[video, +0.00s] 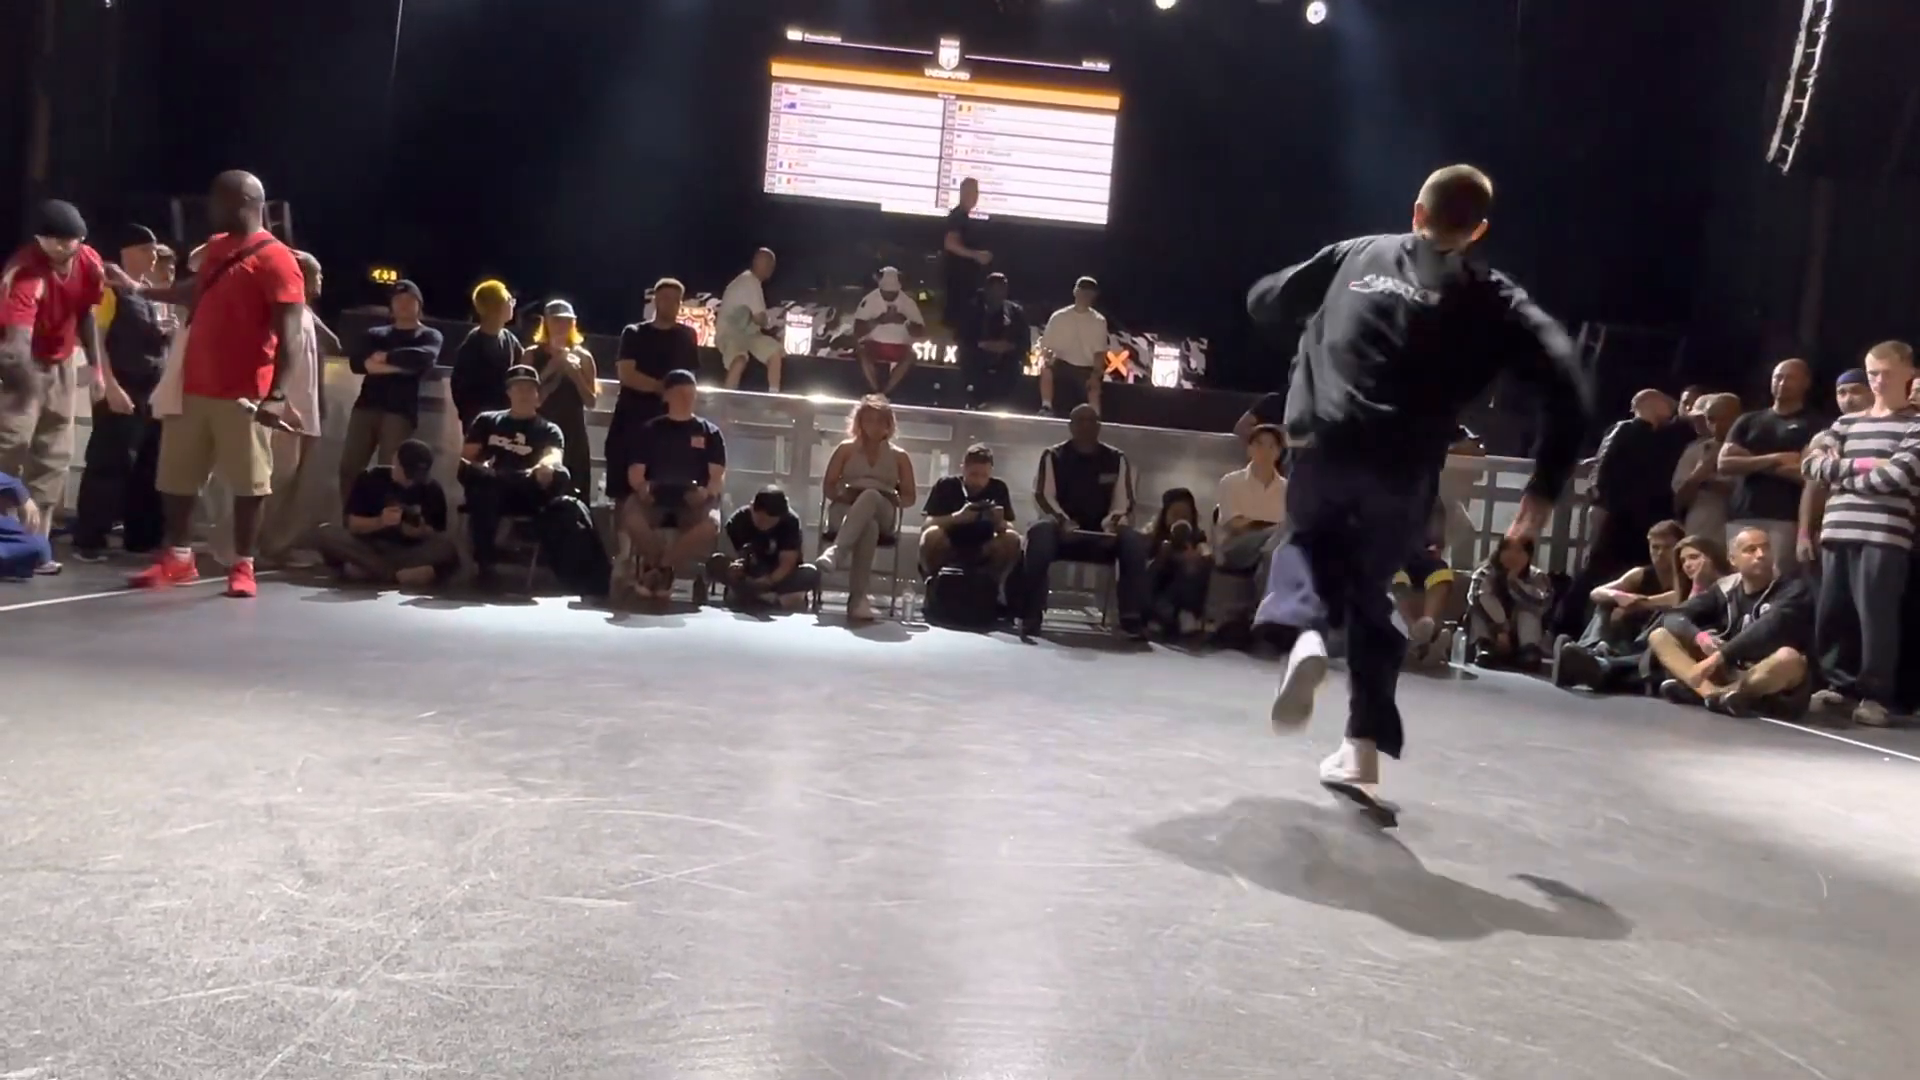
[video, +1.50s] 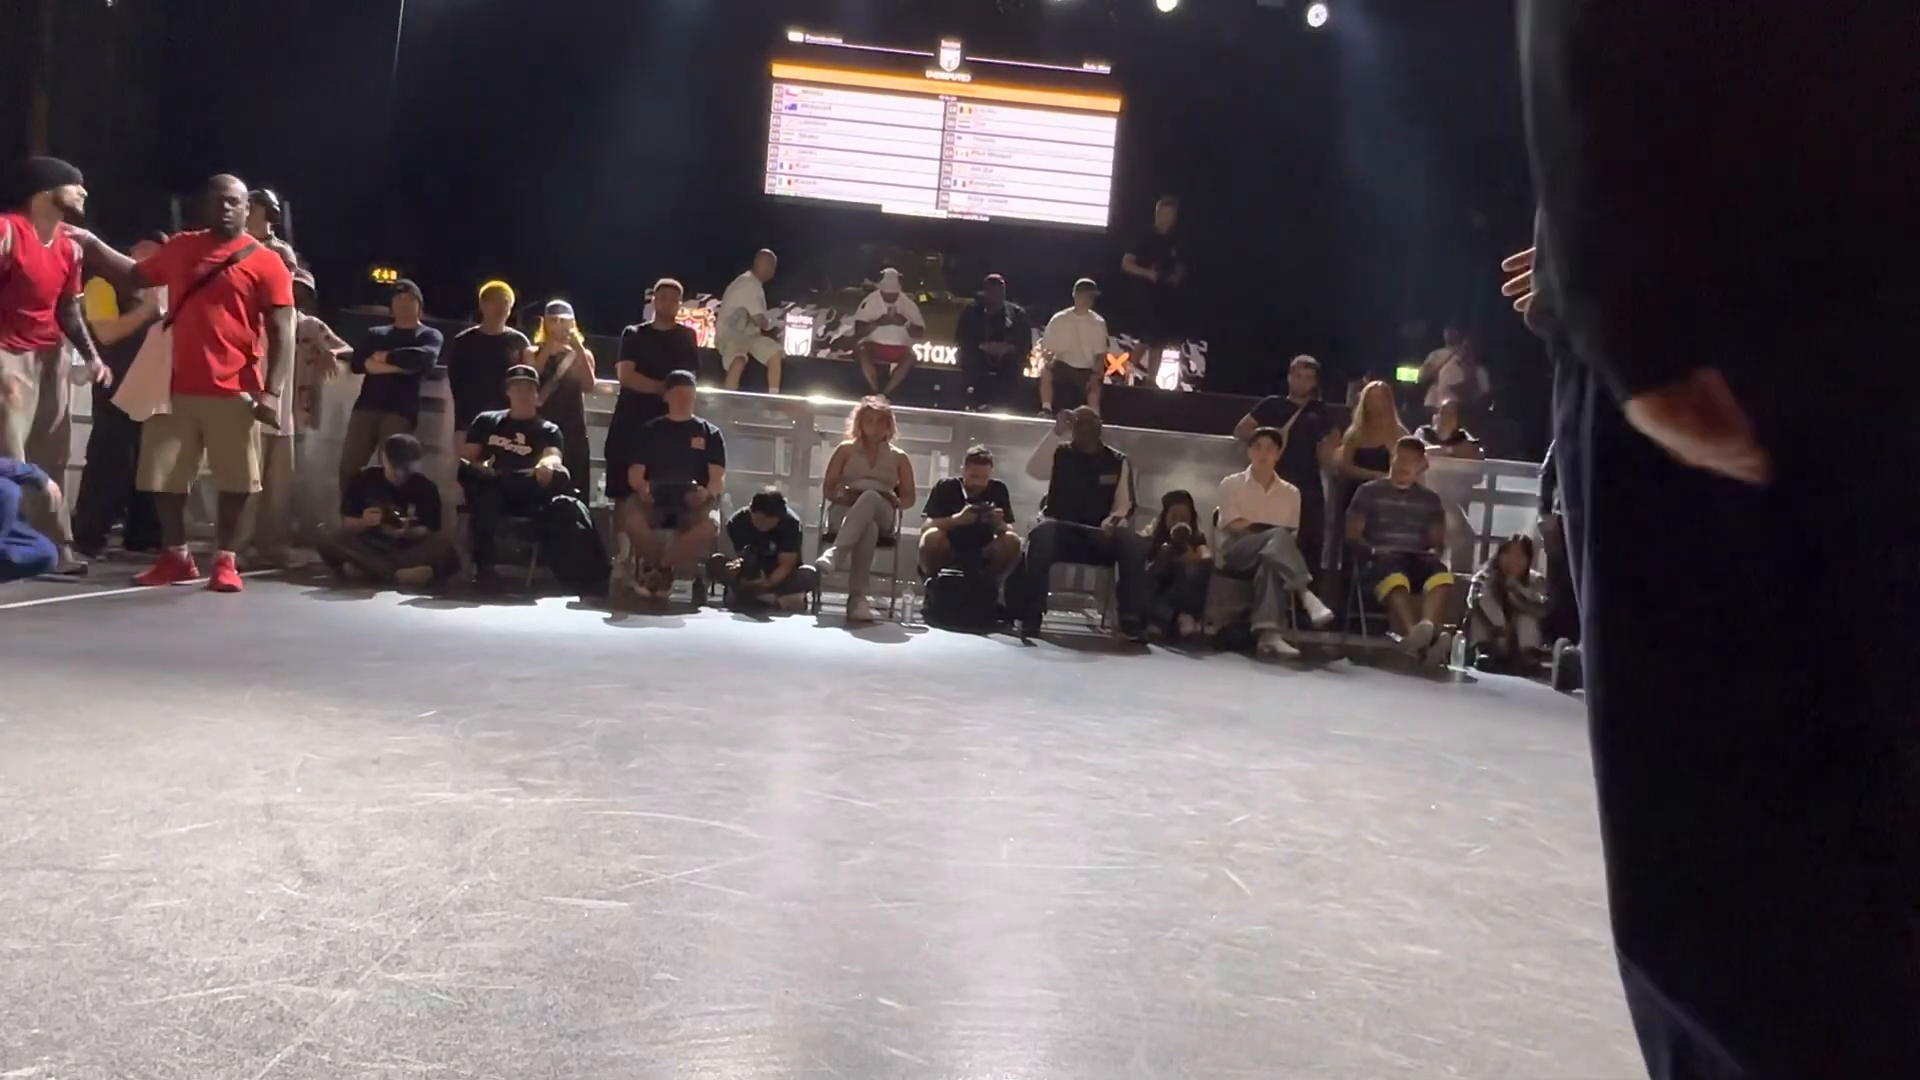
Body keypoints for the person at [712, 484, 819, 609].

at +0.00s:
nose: (762, 524)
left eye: (768, 521)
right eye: (759, 519)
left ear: (779, 517)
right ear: (752, 508)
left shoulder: (790, 522)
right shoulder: (736, 523)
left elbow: (788, 563)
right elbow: (742, 558)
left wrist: (769, 580)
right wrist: (736, 568)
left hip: (780, 570)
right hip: (751, 570)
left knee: (811, 573)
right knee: (716, 564)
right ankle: (775, 600)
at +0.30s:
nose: (759, 523)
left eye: (765, 520)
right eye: (757, 518)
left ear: (778, 518)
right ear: (752, 509)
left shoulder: (790, 523)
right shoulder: (736, 522)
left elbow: (787, 563)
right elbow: (741, 555)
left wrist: (769, 580)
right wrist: (736, 565)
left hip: (778, 569)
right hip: (750, 570)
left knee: (810, 573)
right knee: (715, 563)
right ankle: (775, 600)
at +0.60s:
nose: (760, 523)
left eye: (765, 520)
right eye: (758, 518)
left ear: (777, 518)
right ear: (752, 509)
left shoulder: (789, 523)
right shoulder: (735, 523)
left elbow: (787, 563)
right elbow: (742, 556)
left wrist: (768, 580)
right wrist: (736, 565)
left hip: (778, 568)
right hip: (750, 568)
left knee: (810, 573)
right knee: (715, 563)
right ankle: (774, 600)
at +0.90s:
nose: (773, 524)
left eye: (775, 520)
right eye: (770, 520)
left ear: (779, 515)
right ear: (755, 512)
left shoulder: (790, 522)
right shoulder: (735, 523)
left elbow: (787, 563)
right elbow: (742, 556)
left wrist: (767, 581)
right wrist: (738, 564)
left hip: (779, 567)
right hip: (752, 567)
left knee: (809, 574)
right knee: (716, 562)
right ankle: (776, 600)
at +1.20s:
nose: (767, 526)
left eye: (772, 522)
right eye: (764, 521)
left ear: (779, 517)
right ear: (753, 512)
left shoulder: (790, 524)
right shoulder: (736, 524)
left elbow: (788, 564)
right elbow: (744, 557)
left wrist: (767, 583)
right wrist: (737, 565)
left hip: (780, 570)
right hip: (752, 570)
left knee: (810, 575)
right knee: (716, 563)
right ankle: (776, 601)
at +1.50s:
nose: (770, 525)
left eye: (774, 521)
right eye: (767, 521)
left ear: (779, 516)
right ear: (754, 513)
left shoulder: (790, 523)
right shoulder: (735, 523)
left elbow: (787, 564)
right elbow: (744, 558)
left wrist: (765, 584)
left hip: (779, 570)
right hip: (752, 571)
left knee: (809, 574)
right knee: (715, 563)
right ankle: (777, 601)